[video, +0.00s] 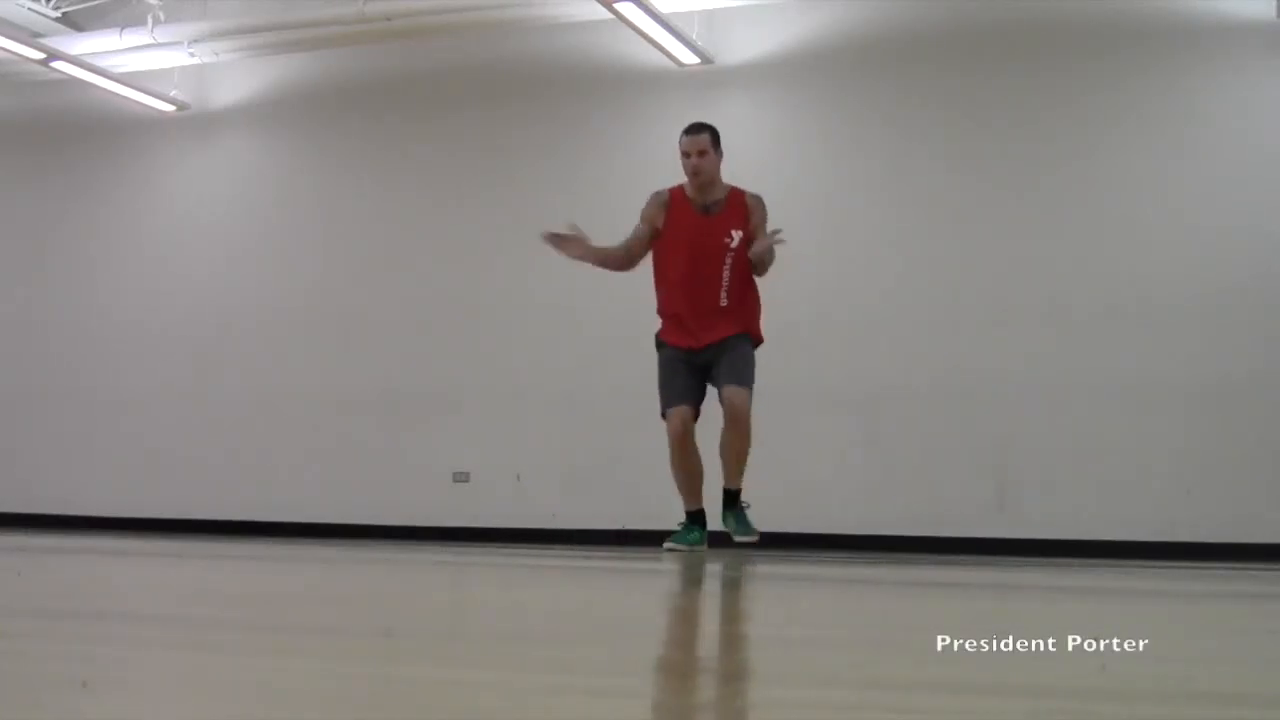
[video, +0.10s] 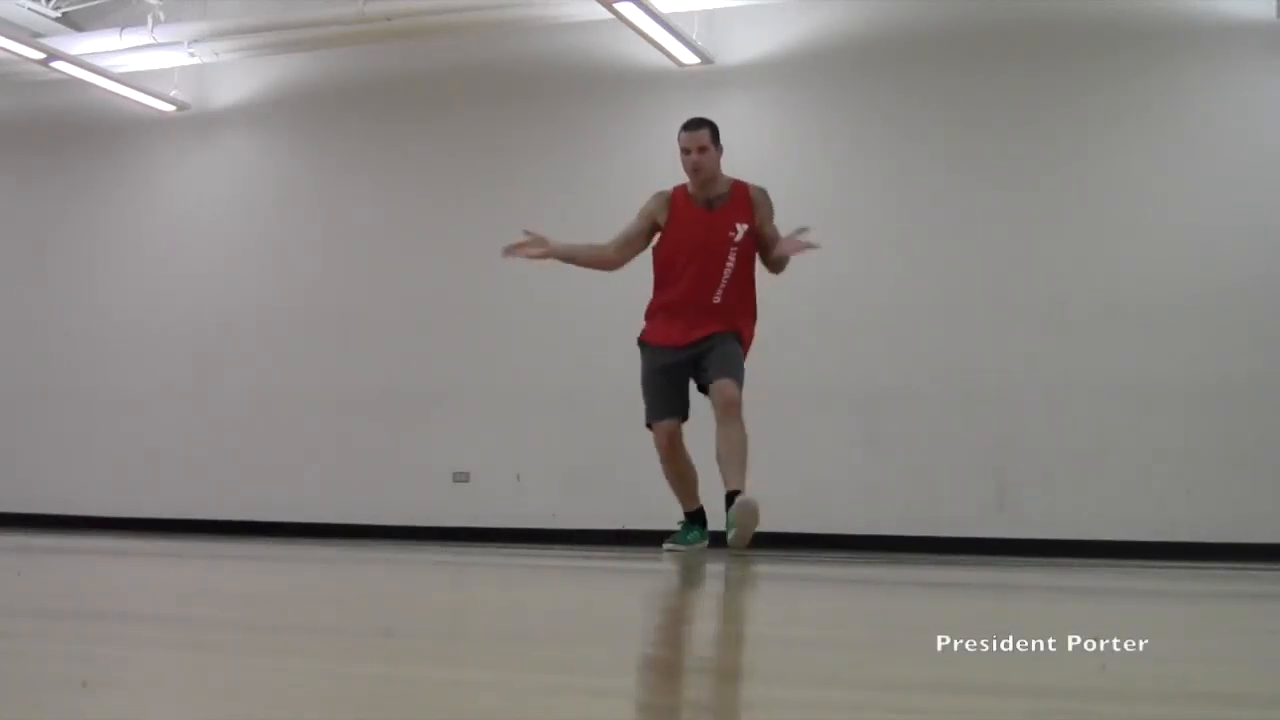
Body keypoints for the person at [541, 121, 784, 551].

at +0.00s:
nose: (693, 162)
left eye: (701, 154)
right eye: (686, 155)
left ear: (719, 156)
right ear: (680, 159)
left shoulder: (749, 206)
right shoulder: (663, 205)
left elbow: (759, 269)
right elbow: (627, 257)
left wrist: (762, 252)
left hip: (732, 332)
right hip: (679, 334)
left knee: (737, 407)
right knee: (679, 424)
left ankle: (733, 505)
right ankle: (694, 523)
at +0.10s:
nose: (693, 159)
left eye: (702, 150)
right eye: (686, 152)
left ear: (720, 152)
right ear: (679, 156)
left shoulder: (753, 201)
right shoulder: (664, 205)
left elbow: (773, 263)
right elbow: (613, 255)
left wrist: (783, 249)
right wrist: (554, 249)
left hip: (722, 327)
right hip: (665, 330)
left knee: (728, 397)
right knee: (665, 434)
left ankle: (735, 508)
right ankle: (694, 521)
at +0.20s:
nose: (697, 147)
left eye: (705, 139)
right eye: (689, 140)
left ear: (722, 142)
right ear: (680, 144)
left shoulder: (749, 195)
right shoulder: (660, 193)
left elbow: (785, 258)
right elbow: (646, 263)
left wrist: (840, 261)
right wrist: (608, 247)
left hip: (712, 322)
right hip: (656, 326)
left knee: (715, 402)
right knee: (648, 439)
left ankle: (730, 516)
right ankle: (691, 506)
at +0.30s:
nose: (692, 145)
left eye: (701, 136)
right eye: (684, 137)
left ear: (718, 140)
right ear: (676, 141)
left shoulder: (744, 196)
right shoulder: (655, 188)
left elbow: (773, 268)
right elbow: (628, 255)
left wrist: (816, 274)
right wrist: (578, 243)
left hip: (715, 325)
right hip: (659, 330)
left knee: (709, 402)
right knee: (611, 418)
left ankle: (731, 519)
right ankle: (680, 496)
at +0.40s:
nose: (674, 155)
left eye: (684, 146)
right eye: (667, 146)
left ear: (702, 150)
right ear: (659, 150)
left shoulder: (728, 206)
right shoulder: (641, 196)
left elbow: (758, 288)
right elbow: (593, 253)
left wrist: (766, 268)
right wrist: (526, 251)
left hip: (720, 336)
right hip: (667, 340)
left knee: (705, 409)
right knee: (595, 389)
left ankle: (732, 522)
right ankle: (623, 511)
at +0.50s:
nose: (649, 171)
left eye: (660, 162)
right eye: (643, 161)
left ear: (679, 167)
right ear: (636, 165)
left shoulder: (703, 222)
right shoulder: (628, 210)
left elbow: (750, 292)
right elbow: (611, 283)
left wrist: (760, 266)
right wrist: (558, 278)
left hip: (706, 354)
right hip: (656, 354)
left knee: (690, 430)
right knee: (588, 387)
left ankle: (737, 520)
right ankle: (586, 517)